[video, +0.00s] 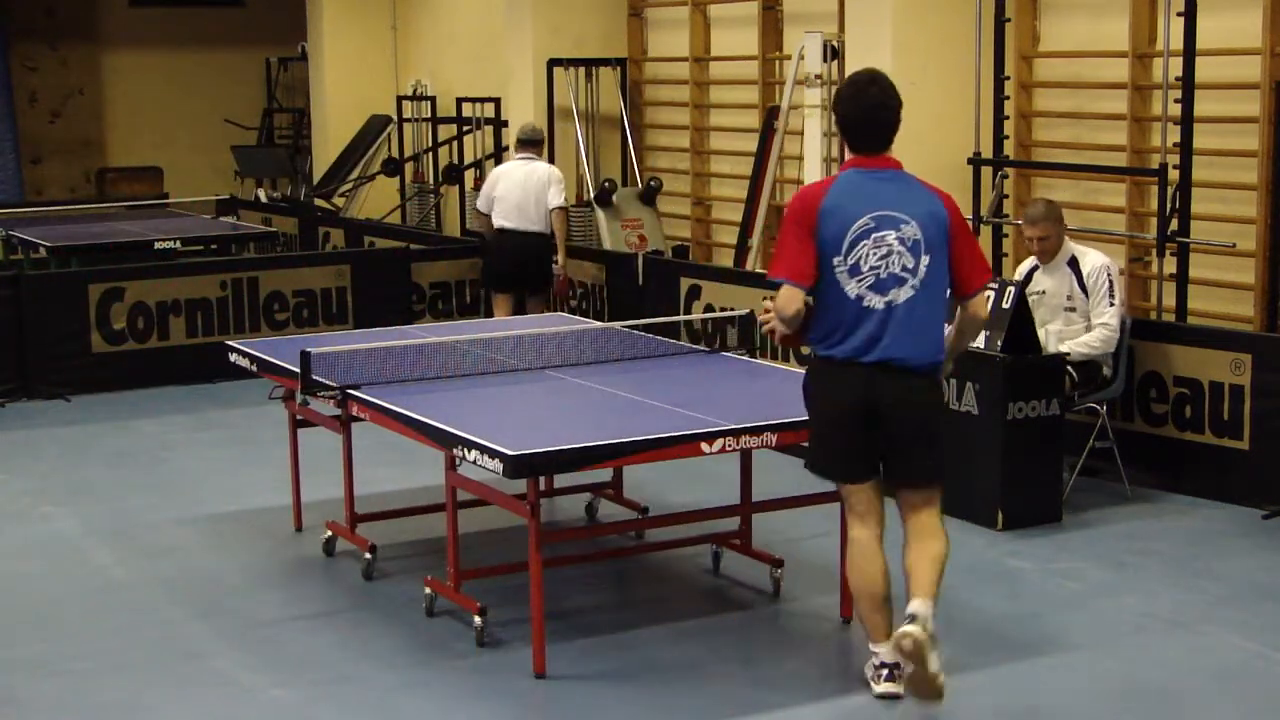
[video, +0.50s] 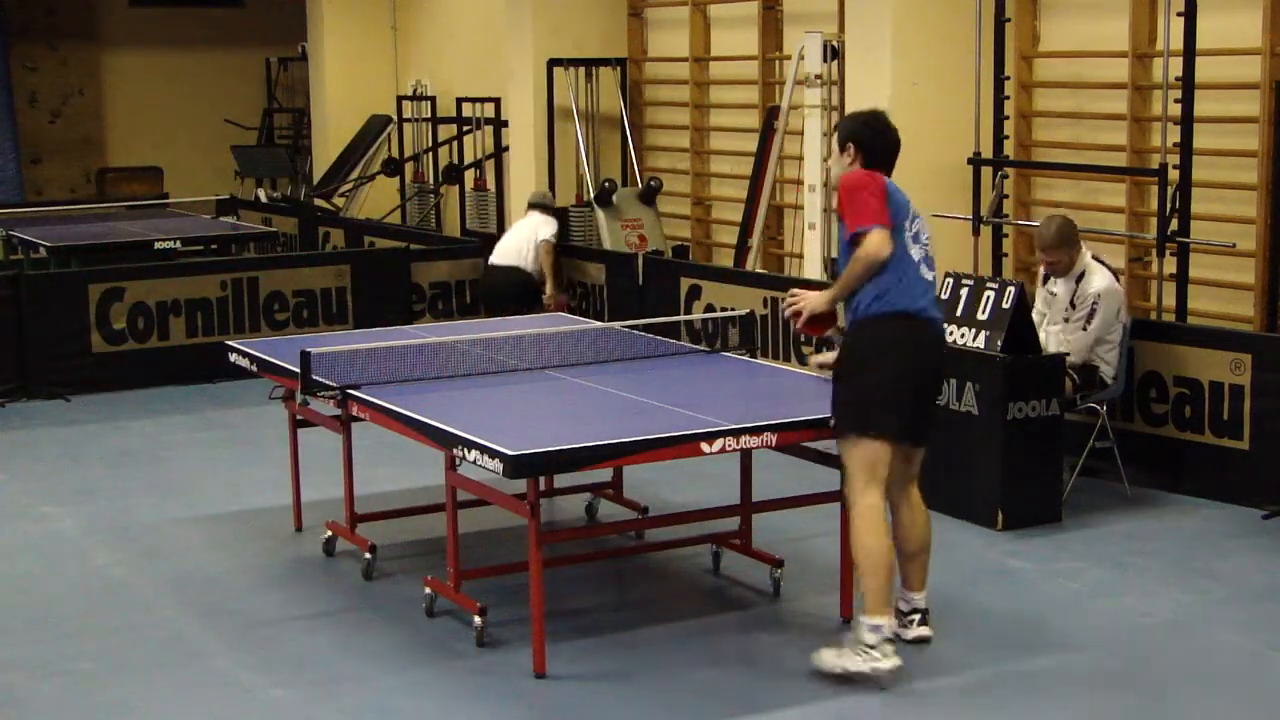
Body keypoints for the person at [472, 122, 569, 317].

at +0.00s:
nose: (542, 150)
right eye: (542, 146)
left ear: (515, 146)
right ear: (541, 147)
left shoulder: (499, 172)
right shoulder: (551, 173)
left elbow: (482, 213)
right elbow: (558, 212)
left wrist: (495, 240)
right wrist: (561, 256)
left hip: (504, 246)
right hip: (538, 247)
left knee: (502, 315)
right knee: (536, 314)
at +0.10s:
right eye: (548, 158)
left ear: (523, 156)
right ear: (548, 158)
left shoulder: (504, 181)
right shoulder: (553, 183)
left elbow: (490, 217)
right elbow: (558, 222)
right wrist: (560, 264)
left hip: (501, 249)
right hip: (536, 251)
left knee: (491, 305)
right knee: (538, 308)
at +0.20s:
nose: (555, 177)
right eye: (554, 173)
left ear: (527, 171)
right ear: (551, 172)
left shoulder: (508, 191)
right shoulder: (554, 192)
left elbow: (495, 226)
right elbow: (559, 228)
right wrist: (560, 270)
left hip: (500, 252)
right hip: (533, 254)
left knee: (492, 298)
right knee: (539, 305)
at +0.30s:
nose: (555, 189)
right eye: (555, 186)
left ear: (529, 183)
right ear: (553, 185)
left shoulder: (514, 200)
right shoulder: (554, 201)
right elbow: (556, 234)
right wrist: (558, 272)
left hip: (496, 255)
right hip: (528, 258)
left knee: (495, 301)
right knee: (541, 306)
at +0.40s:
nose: (555, 202)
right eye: (554, 199)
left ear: (529, 197)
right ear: (552, 198)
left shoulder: (518, 211)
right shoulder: (550, 210)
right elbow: (551, 240)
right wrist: (554, 283)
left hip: (493, 263)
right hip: (522, 266)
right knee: (542, 316)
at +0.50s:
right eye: (552, 210)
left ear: (528, 208)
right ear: (550, 210)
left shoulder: (519, 223)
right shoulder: (548, 221)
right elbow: (546, 249)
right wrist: (549, 286)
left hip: (492, 275)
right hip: (519, 277)